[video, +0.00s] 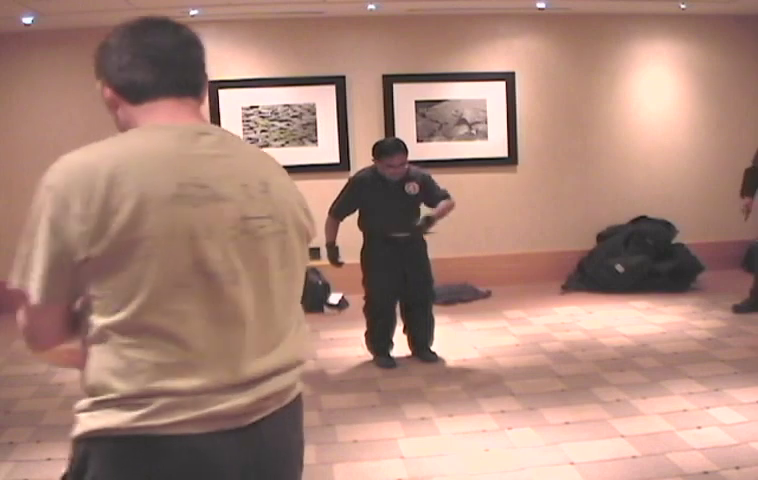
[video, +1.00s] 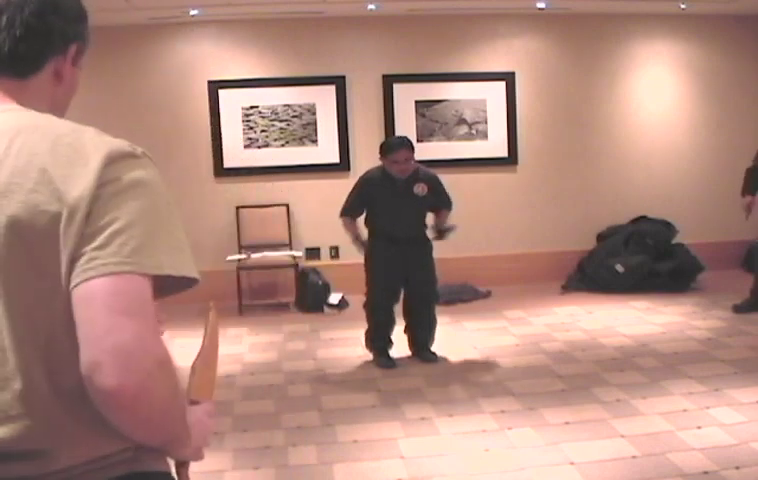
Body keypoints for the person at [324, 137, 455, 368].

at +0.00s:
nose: (399, 171)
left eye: (402, 165)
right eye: (392, 167)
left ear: (408, 160)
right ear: (378, 164)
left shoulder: (418, 178)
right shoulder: (362, 182)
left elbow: (446, 202)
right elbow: (334, 215)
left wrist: (432, 218)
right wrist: (330, 245)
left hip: (412, 246)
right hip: (379, 247)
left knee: (419, 297)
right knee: (380, 301)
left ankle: (421, 346)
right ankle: (381, 350)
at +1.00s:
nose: (403, 167)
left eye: (407, 161)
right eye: (396, 162)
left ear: (414, 157)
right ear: (384, 162)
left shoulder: (427, 179)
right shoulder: (371, 180)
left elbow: (443, 206)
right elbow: (347, 215)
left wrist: (439, 227)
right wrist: (358, 241)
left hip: (417, 248)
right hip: (381, 248)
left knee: (423, 297)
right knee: (380, 300)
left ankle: (421, 346)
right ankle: (379, 349)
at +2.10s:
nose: (398, 170)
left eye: (405, 165)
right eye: (394, 164)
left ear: (417, 165)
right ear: (387, 163)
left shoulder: (424, 192)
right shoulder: (372, 180)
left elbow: (429, 229)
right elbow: (348, 207)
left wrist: (426, 229)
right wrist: (359, 224)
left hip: (406, 251)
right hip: (372, 251)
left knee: (416, 303)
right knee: (367, 299)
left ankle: (423, 355)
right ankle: (373, 341)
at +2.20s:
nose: (401, 168)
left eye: (408, 163)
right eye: (397, 163)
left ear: (422, 164)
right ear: (390, 162)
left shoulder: (428, 188)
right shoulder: (379, 177)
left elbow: (437, 226)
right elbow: (357, 200)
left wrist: (423, 232)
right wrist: (360, 216)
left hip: (408, 250)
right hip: (376, 249)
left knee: (418, 304)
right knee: (368, 294)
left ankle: (422, 356)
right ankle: (372, 338)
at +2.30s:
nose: (406, 169)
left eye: (413, 164)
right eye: (403, 163)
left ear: (428, 165)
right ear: (397, 161)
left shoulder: (434, 187)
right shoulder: (384, 176)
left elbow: (425, 222)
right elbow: (364, 201)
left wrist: (415, 228)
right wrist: (366, 216)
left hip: (412, 248)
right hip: (380, 246)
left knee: (419, 302)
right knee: (369, 293)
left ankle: (422, 356)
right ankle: (370, 335)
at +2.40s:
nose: (412, 172)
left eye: (418, 166)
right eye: (407, 165)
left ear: (432, 165)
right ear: (401, 163)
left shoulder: (438, 187)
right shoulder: (387, 177)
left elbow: (426, 219)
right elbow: (367, 202)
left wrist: (400, 234)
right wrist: (371, 221)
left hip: (416, 250)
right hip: (382, 248)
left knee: (421, 303)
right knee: (370, 294)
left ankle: (423, 357)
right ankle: (367, 337)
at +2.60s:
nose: (414, 175)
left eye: (421, 170)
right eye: (409, 169)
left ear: (434, 167)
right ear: (402, 166)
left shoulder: (443, 191)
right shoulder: (389, 180)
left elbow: (431, 227)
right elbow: (370, 202)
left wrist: (408, 250)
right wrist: (374, 224)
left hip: (421, 251)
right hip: (386, 247)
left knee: (424, 303)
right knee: (371, 295)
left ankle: (423, 357)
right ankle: (367, 337)